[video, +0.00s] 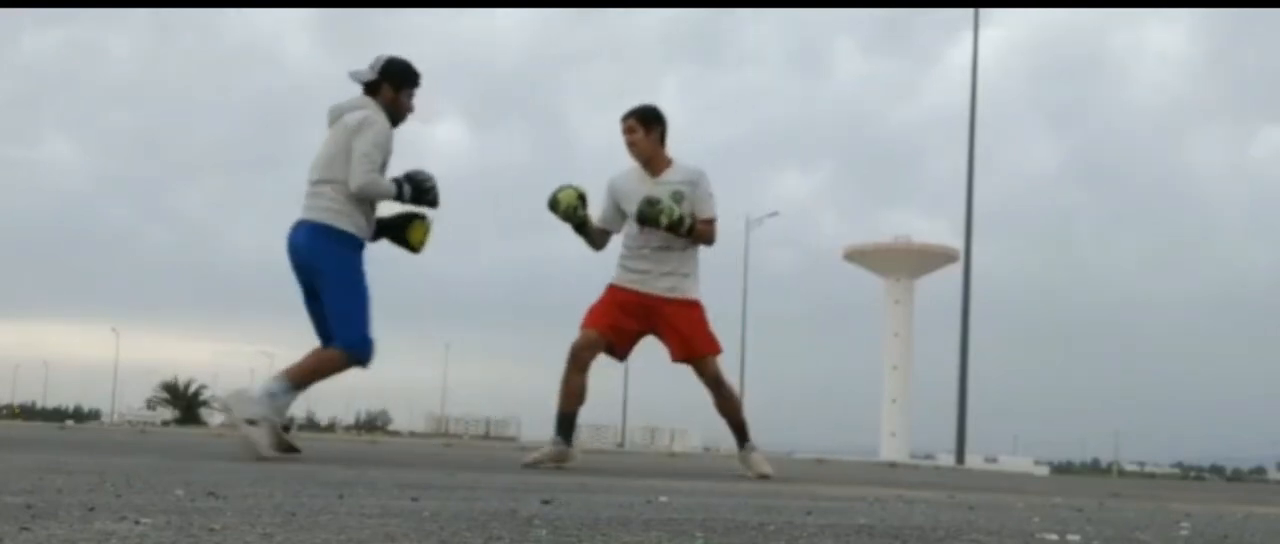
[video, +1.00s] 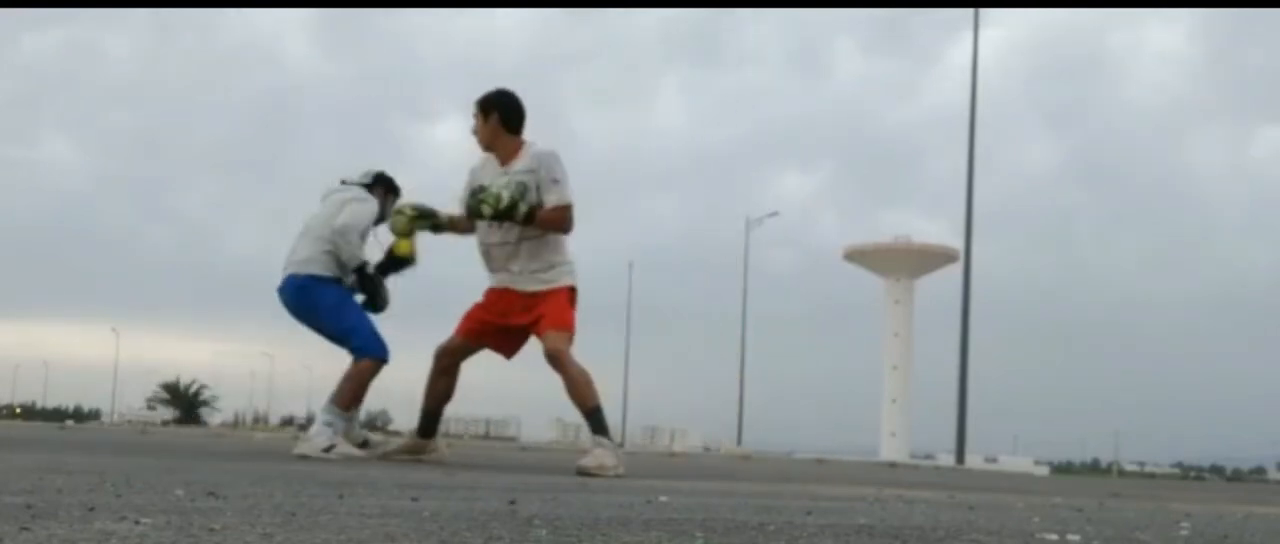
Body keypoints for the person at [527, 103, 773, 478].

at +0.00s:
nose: (627, 142)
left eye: (633, 133)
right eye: (624, 135)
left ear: (656, 133)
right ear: (628, 139)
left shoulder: (693, 178)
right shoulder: (622, 183)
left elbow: (708, 235)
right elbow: (599, 241)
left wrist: (672, 224)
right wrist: (579, 220)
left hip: (678, 298)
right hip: (627, 292)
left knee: (712, 375)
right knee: (581, 350)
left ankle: (747, 449)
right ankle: (561, 444)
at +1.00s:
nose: (474, 129)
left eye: (479, 120)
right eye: (475, 121)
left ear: (498, 122)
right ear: (499, 124)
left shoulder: (544, 161)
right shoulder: (481, 172)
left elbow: (564, 221)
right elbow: (472, 223)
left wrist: (515, 213)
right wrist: (435, 220)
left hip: (552, 284)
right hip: (506, 288)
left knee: (556, 351)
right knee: (448, 354)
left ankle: (605, 446)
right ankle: (423, 440)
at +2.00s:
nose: (367, 130)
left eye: (366, 125)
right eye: (370, 125)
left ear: (370, 125)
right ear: (402, 125)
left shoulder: (382, 157)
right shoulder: (418, 163)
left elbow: (401, 209)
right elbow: (421, 218)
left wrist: (366, 240)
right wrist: (377, 242)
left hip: (396, 279)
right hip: (422, 280)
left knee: (336, 346)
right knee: (377, 351)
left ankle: (371, 428)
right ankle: (400, 431)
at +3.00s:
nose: (467, 121)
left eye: (466, 115)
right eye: (467, 115)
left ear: (430, 113)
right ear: (461, 114)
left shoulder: (402, 149)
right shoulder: (459, 148)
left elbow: (375, 204)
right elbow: (464, 209)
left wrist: (407, 229)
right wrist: (482, 234)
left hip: (393, 262)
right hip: (424, 265)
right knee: (433, 358)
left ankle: (347, 398)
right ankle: (379, 431)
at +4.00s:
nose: (417, 96)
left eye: (417, 87)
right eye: (413, 87)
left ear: (392, 87)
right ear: (394, 85)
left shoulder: (392, 139)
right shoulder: (354, 121)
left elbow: (392, 193)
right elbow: (361, 182)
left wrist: (434, 201)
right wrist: (405, 180)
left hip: (370, 256)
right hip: (335, 248)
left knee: (416, 345)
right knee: (324, 340)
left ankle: (424, 441)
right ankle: (270, 431)